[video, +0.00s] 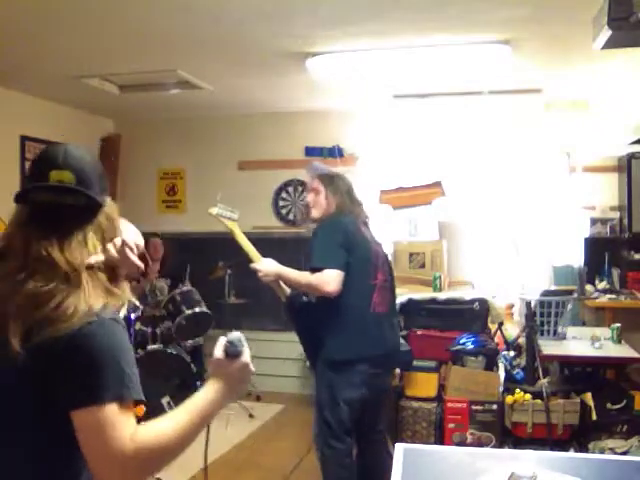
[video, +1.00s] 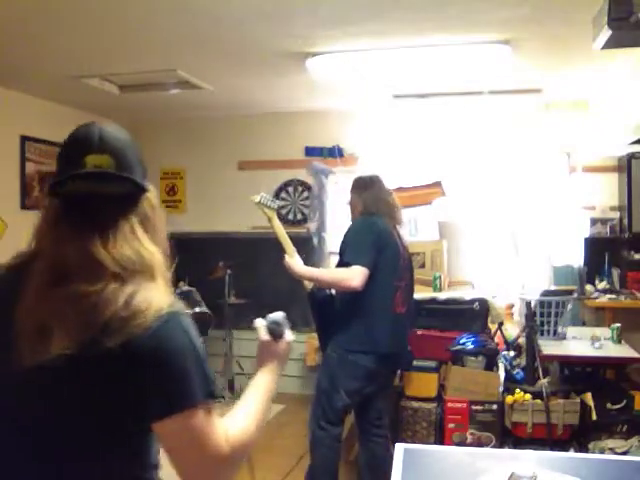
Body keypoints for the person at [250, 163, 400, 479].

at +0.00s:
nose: (307, 199)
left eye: (314, 192)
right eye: (308, 192)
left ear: (333, 196)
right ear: (339, 197)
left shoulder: (333, 228)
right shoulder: (362, 231)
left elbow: (329, 284)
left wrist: (279, 271)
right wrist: (286, 285)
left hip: (347, 356)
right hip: (378, 353)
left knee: (333, 442)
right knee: (372, 436)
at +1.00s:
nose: (349, 205)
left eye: (351, 200)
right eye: (350, 200)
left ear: (359, 200)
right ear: (384, 199)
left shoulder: (365, 228)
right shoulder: (394, 235)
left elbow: (354, 278)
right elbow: (389, 293)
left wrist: (302, 270)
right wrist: (323, 282)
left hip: (356, 348)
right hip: (386, 349)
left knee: (325, 423)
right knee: (375, 429)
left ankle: (321, 475)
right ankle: (377, 476)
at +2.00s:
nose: (362, 202)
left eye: (364, 196)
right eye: (364, 196)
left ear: (369, 198)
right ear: (398, 200)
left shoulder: (367, 230)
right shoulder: (410, 240)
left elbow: (346, 281)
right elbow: (394, 293)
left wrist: (305, 271)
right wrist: (326, 280)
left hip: (355, 346)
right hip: (392, 349)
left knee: (324, 424)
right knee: (376, 431)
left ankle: (320, 474)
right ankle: (375, 476)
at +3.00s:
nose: (306, 220)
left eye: (310, 212)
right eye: (305, 212)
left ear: (326, 211)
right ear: (343, 209)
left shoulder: (331, 241)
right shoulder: (366, 243)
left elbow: (316, 297)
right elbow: (372, 303)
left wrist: (292, 330)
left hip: (323, 354)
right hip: (355, 355)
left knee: (292, 435)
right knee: (349, 429)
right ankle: (364, 474)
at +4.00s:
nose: (308, 207)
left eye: (313, 201)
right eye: (309, 200)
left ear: (330, 207)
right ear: (349, 207)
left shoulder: (338, 241)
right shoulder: (367, 242)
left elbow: (326, 307)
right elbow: (361, 305)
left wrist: (280, 295)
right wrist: (310, 297)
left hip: (327, 362)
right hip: (358, 361)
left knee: (296, 445)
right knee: (352, 433)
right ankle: (368, 476)